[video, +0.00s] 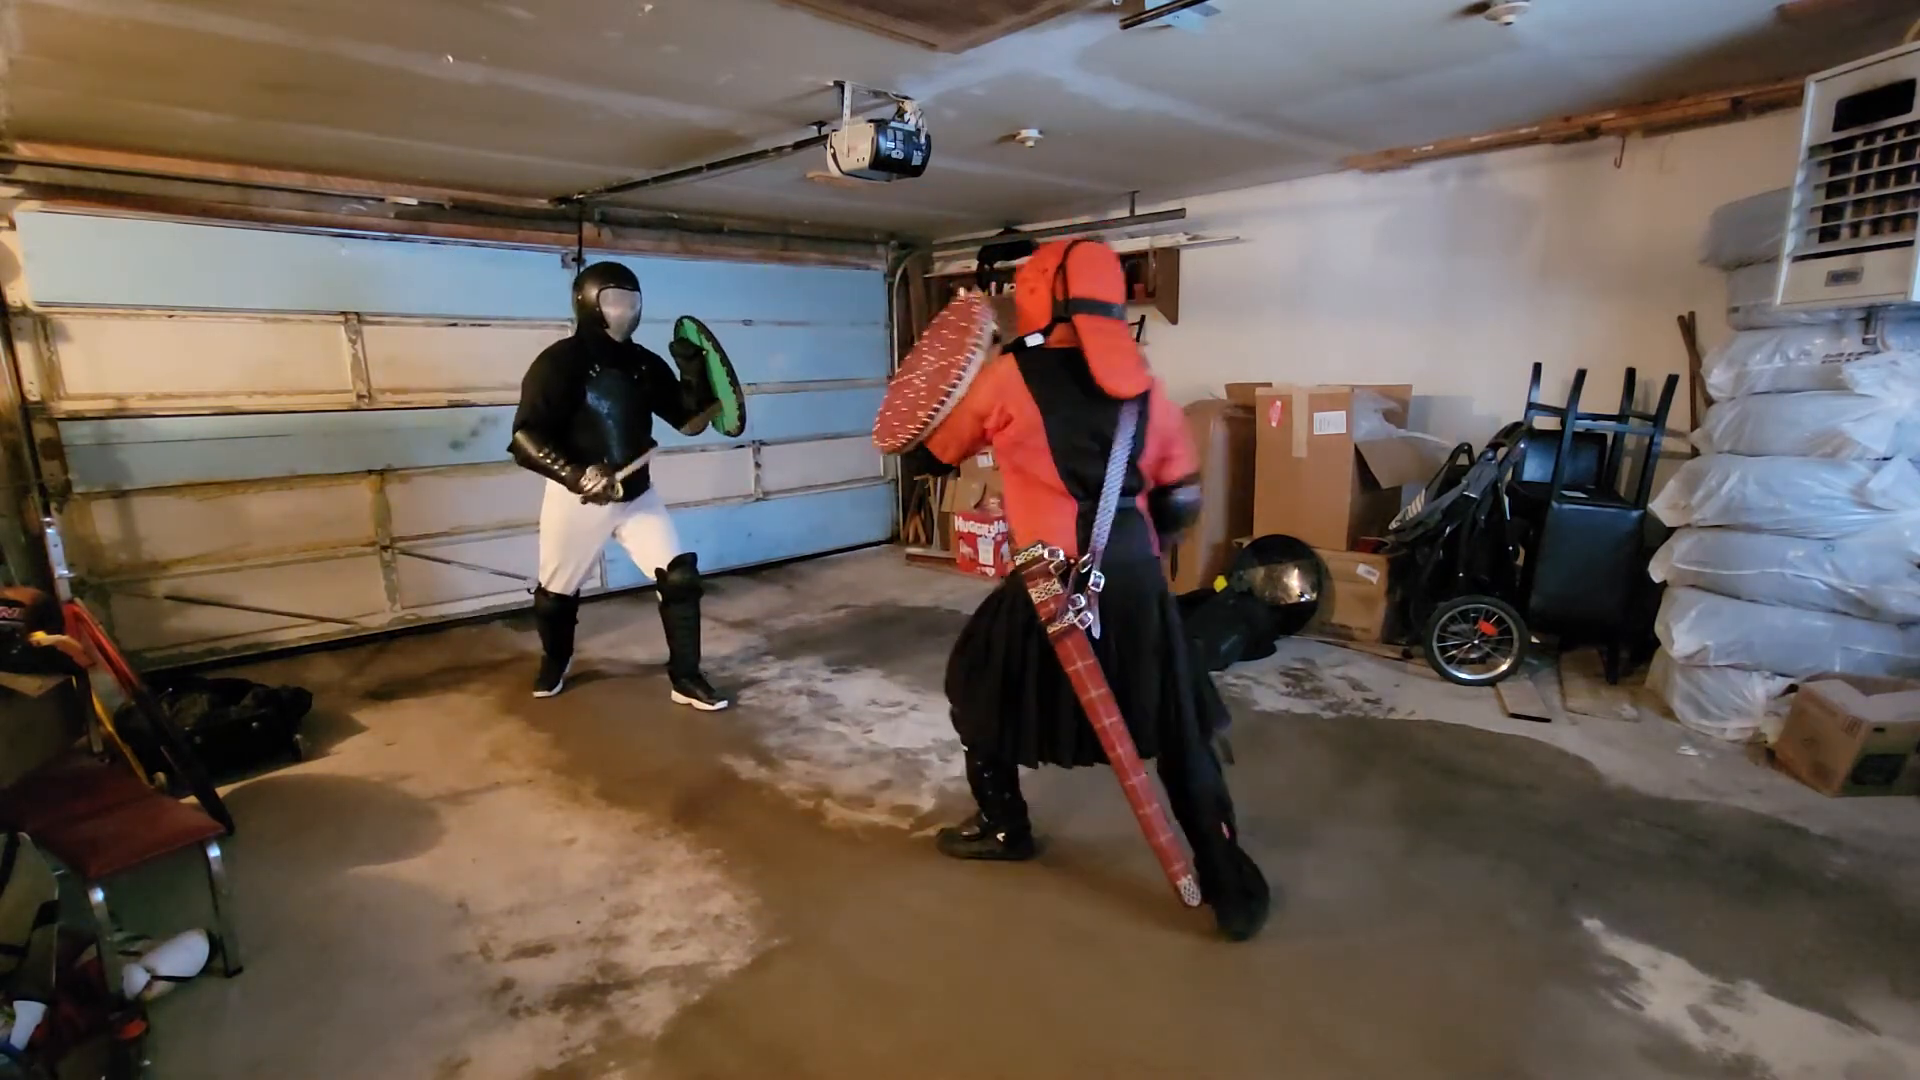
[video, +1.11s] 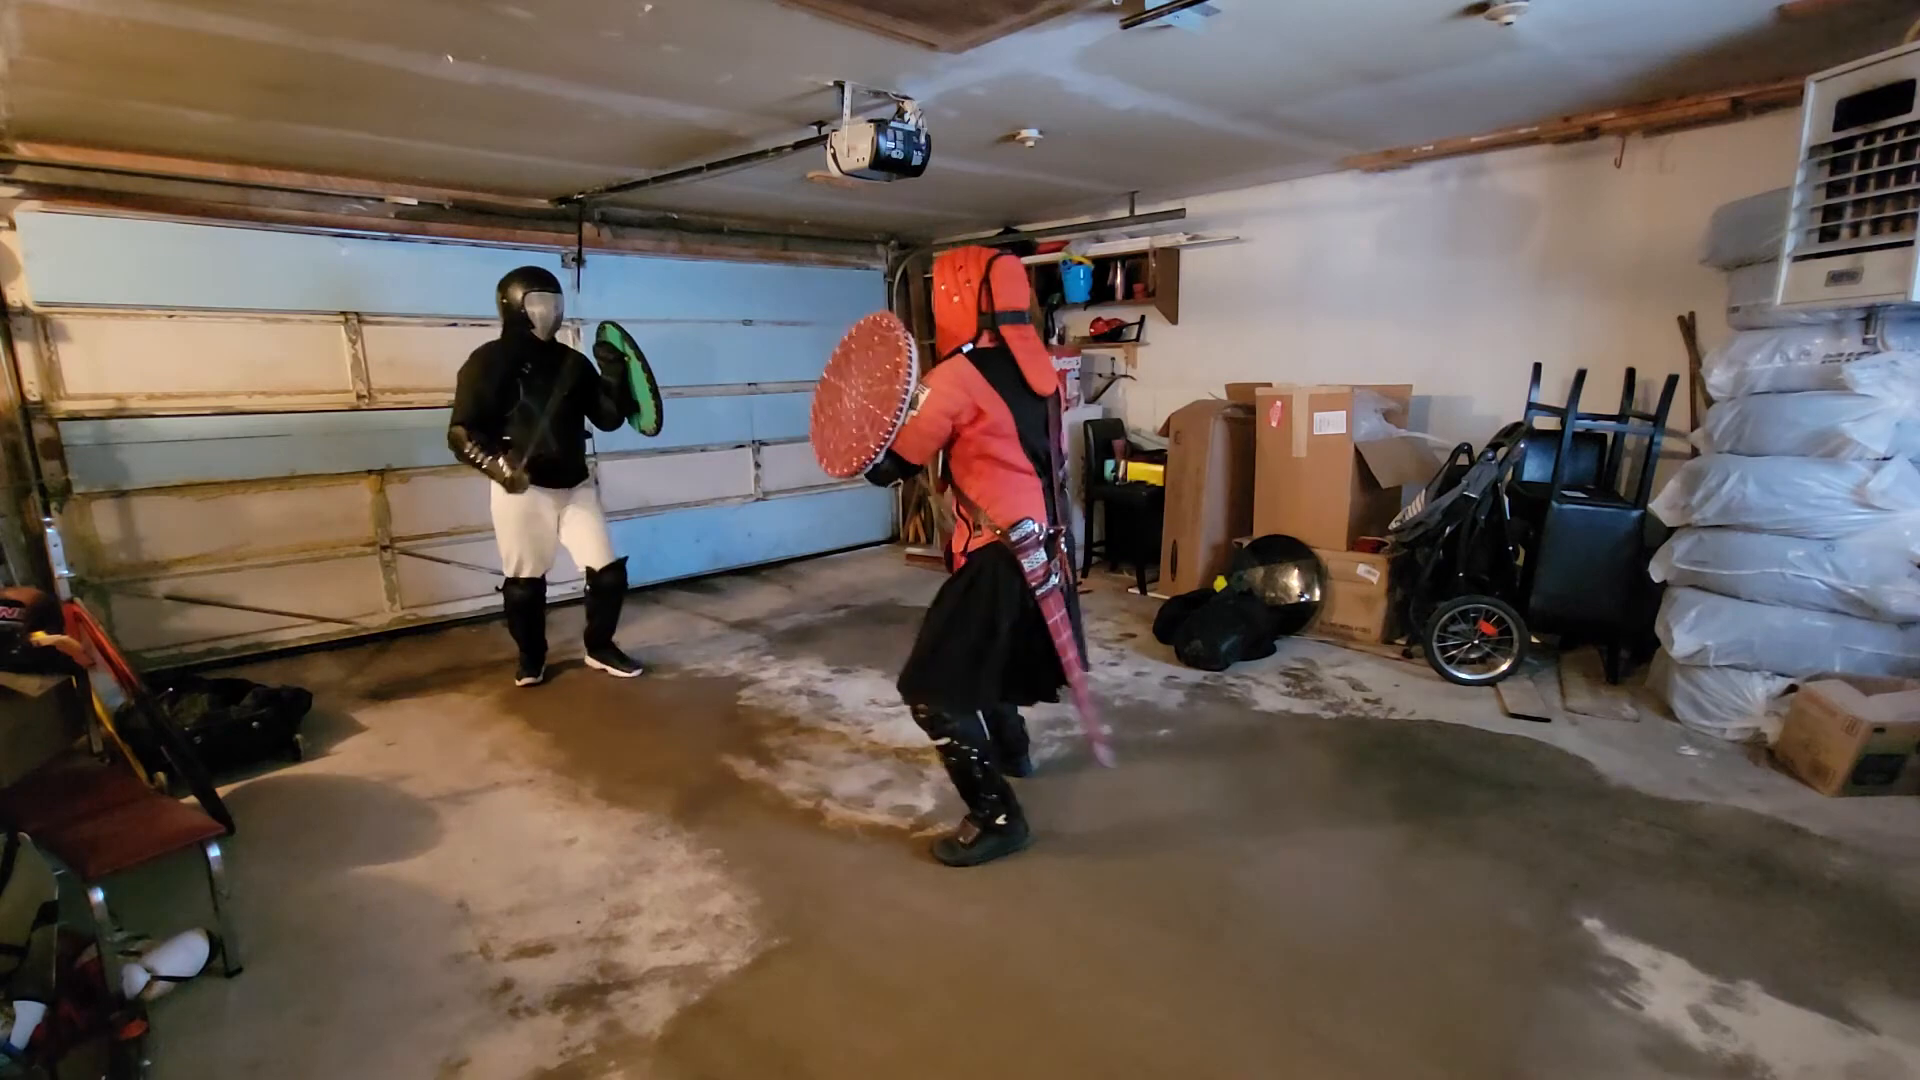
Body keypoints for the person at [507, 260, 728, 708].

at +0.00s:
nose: (635, 307)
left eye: (636, 298)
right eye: (625, 297)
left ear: (634, 305)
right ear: (594, 302)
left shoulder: (644, 363)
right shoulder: (558, 363)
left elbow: (689, 420)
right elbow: (524, 440)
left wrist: (698, 378)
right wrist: (578, 477)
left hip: (637, 497)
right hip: (574, 500)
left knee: (680, 577)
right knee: (552, 598)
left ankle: (686, 677)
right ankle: (554, 662)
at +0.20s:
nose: (643, 307)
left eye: (644, 298)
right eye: (633, 298)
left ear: (643, 304)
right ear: (603, 302)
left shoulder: (652, 362)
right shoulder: (570, 362)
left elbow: (694, 420)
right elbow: (547, 440)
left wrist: (695, 365)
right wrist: (603, 457)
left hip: (640, 494)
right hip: (581, 493)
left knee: (681, 576)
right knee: (558, 594)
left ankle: (686, 678)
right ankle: (556, 662)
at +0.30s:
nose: (649, 310)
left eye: (649, 301)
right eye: (640, 301)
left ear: (636, 308)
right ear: (610, 304)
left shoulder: (655, 363)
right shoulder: (583, 358)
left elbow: (688, 403)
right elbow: (595, 416)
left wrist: (693, 353)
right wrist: (656, 427)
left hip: (640, 492)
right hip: (584, 490)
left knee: (682, 573)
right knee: (561, 589)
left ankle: (686, 677)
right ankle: (558, 663)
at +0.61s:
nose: (619, 319)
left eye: (621, 310)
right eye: (608, 310)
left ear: (624, 315)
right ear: (581, 317)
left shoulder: (632, 378)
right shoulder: (563, 367)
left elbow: (664, 431)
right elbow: (571, 423)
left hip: (624, 500)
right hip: (570, 497)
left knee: (674, 575)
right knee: (553, 603)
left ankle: (686, 678)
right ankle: (528, 651)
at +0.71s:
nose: (603, 320)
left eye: (604, 310)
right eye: (593, 310)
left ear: (601, 315)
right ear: (565, 314)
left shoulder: (612, 374)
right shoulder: (540, 371)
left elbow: (645, 433)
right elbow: (534, 438)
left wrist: (653, 389)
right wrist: (588, 477)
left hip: (605, 496)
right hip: (549, 496)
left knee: (651, 576)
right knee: (537, 592)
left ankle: (684, 676)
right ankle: (530, 666)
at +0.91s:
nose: (575, 315)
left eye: (574, 306)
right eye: (566, 306)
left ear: (567, 311)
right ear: (538, 312)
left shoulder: (585, 369)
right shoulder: (503, 367)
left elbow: (616, 426)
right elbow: (481, 441)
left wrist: (625, 382)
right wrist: (526, 467)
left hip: (581, 489)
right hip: (526, 492)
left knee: (625, 561)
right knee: (526, 585)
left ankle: (628, 649)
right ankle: (532, 662)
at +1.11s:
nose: (557, 312)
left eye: (558, 303)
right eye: (548, 303)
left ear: (554, 308)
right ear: (520, 307)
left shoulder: (571, 363)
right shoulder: (488, 363)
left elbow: (608, 418)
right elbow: (461, 433)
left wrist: (614, 374)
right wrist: (498, 466)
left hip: (575, 486)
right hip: (520, 489)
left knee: (608, 575)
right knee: (525, 582)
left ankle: (599, 646)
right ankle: (531, 661)